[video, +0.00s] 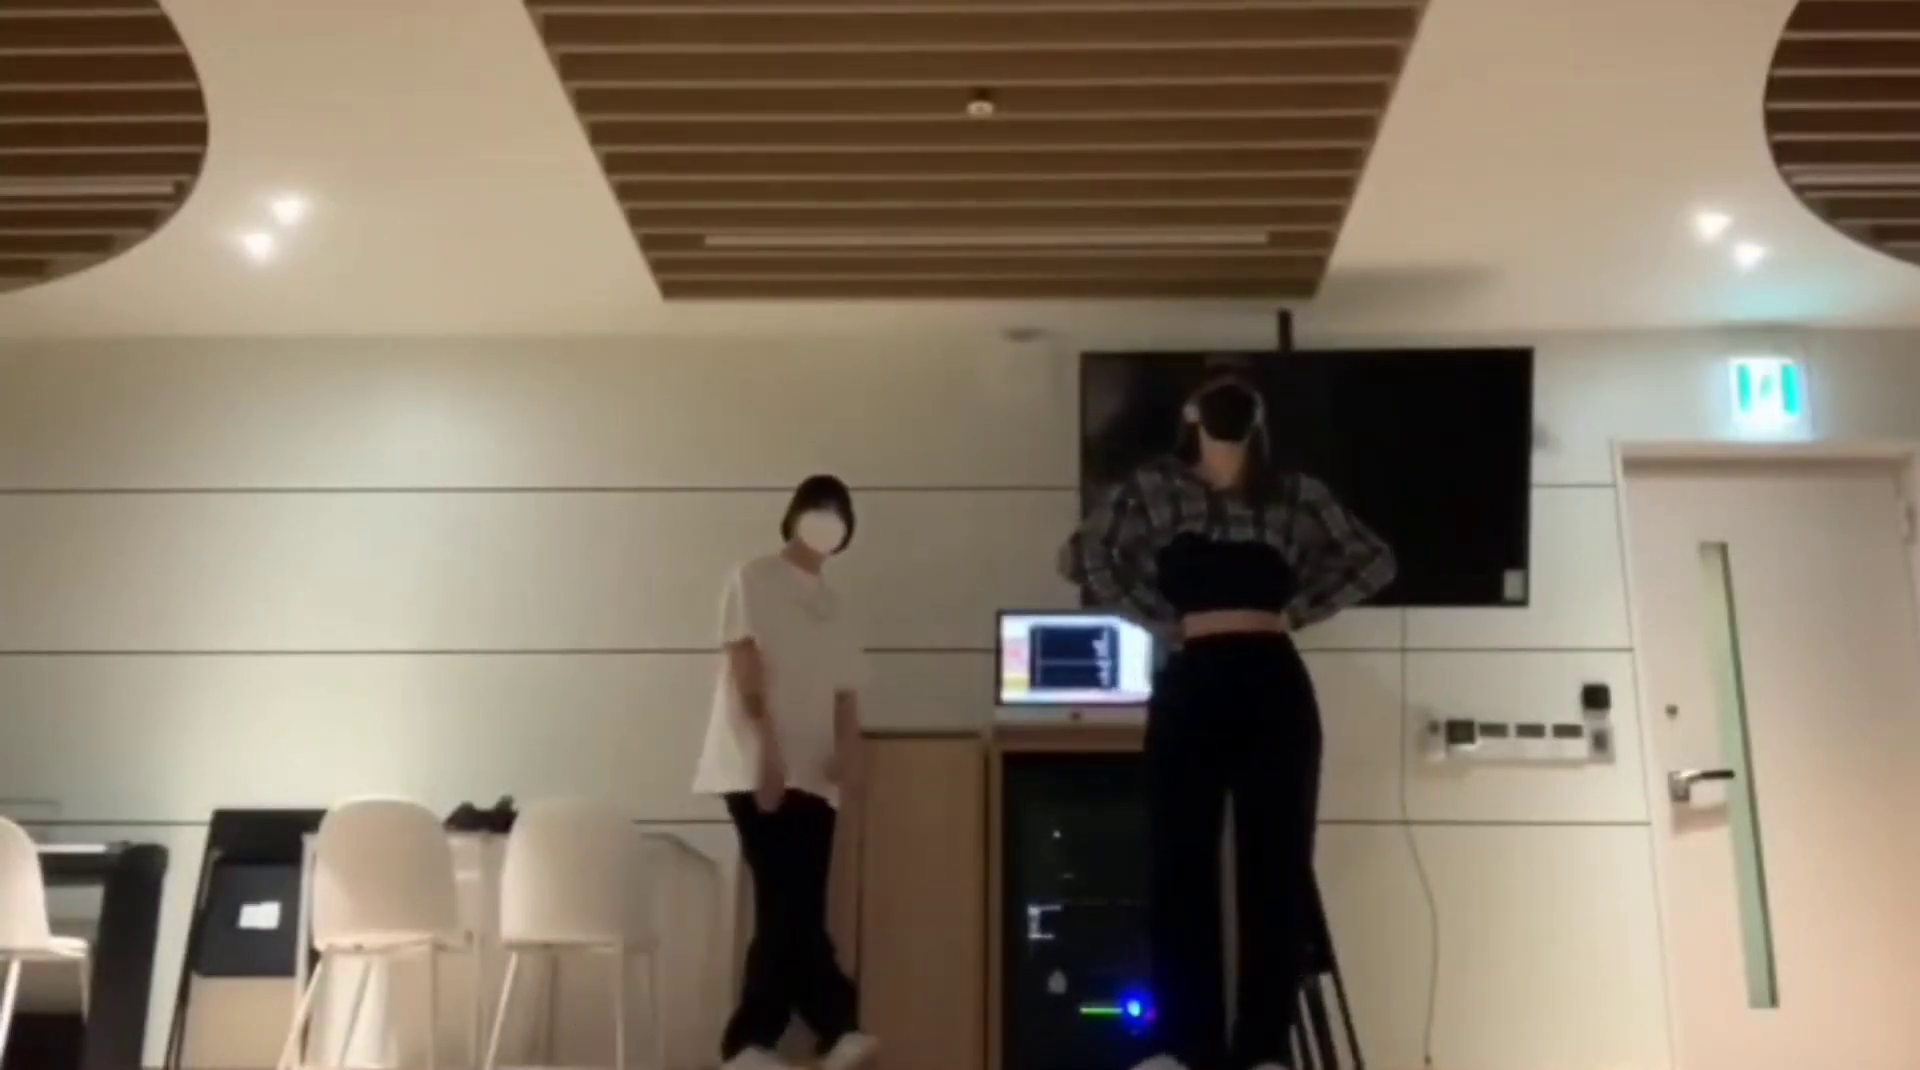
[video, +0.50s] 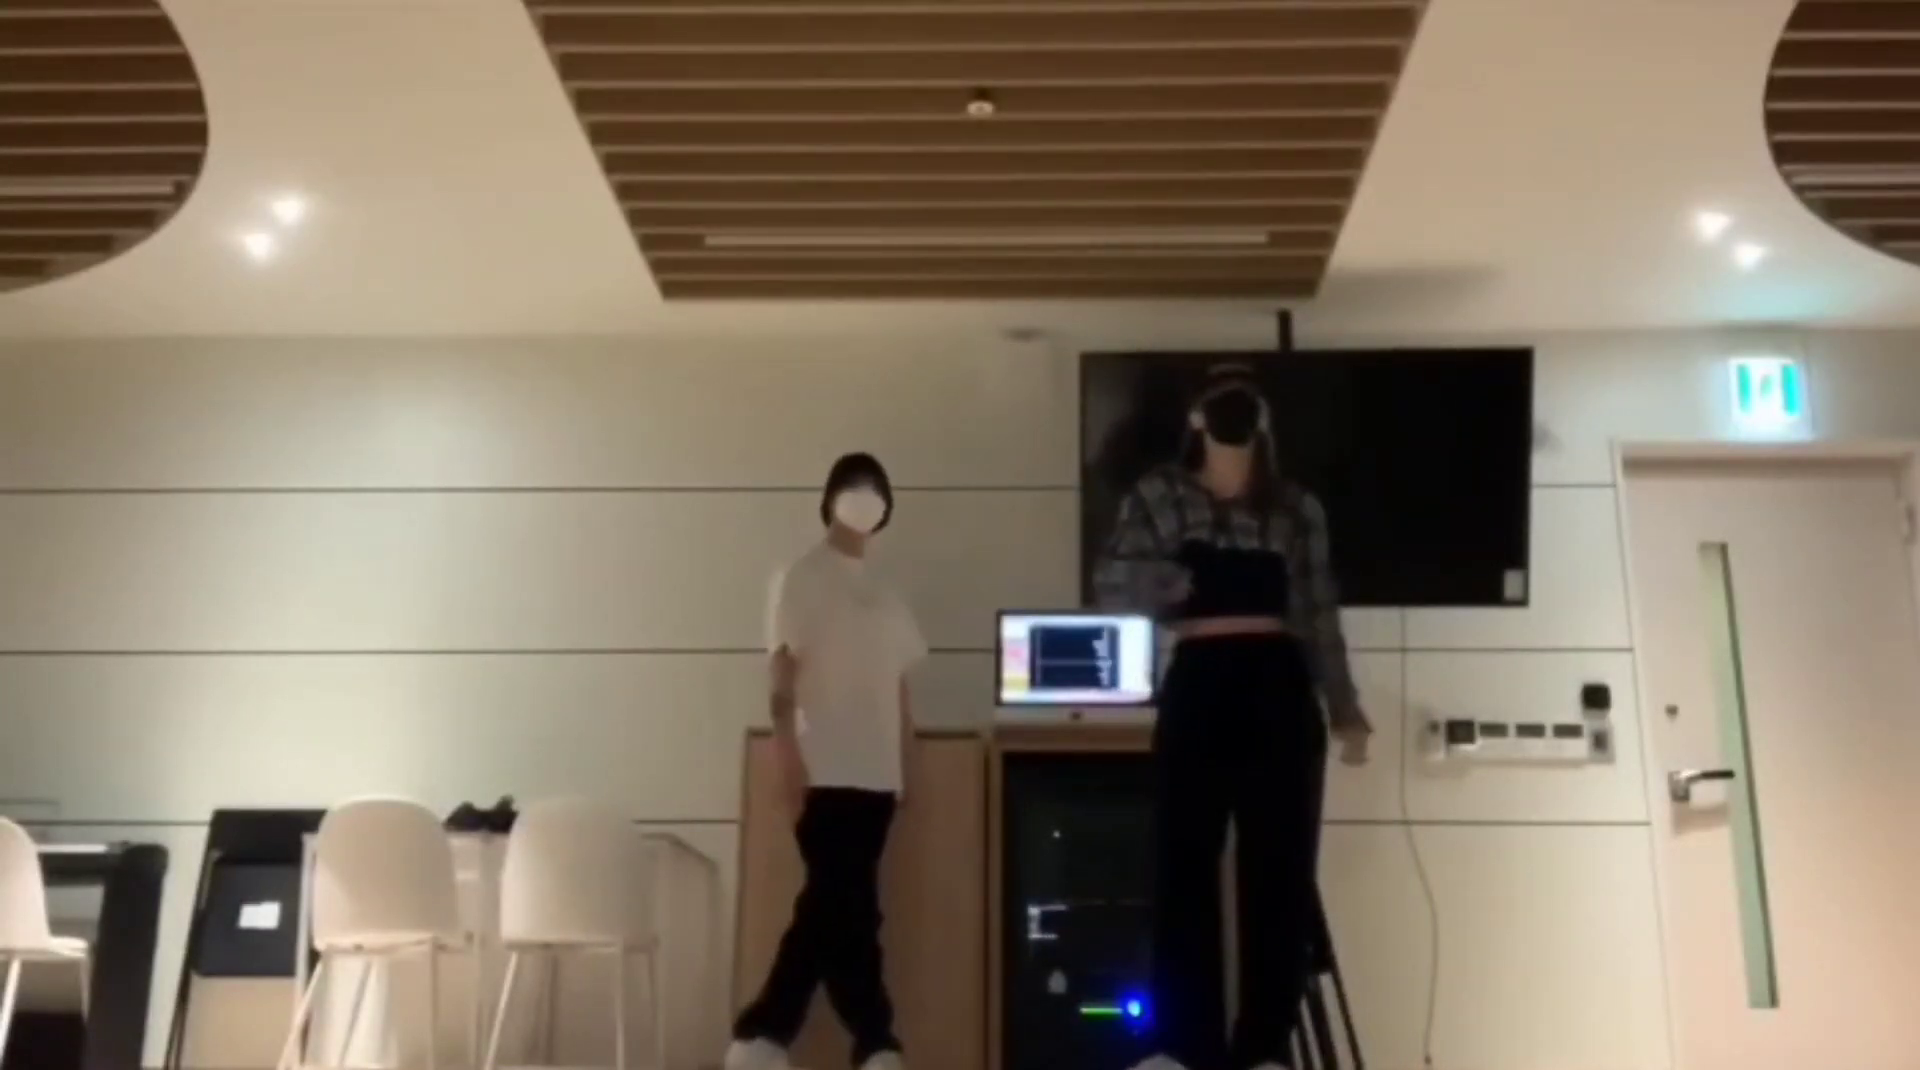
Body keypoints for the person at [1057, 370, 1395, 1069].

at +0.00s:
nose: (1227, 426)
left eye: (1230, 414)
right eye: (1221, 415)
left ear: (1197, 422)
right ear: (1222, 425)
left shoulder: (1296, 496)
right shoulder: (1155, 490)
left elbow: (1373, 561)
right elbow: (1091, 562)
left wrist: (1299, 610)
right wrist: (1160, 619)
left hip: (1273, 685)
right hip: (1191, 687)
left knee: (1275, 865)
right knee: (1183, 863)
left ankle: (1266, 1042)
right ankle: (1191, 1041)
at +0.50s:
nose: (1234, 415)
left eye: (1246, 405)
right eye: (1219, 405)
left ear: (1265, 423)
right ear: (1194, 421)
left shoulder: (1296, 509)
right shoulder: (1158, 499)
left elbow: (1319, 615)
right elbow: (1111, 582)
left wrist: (1344, 704)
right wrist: (1163, 584)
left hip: (1282, 696)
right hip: (1198, 693)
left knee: (1278, 874)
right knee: (1187, 869)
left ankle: (1267, 1041)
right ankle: (1191, 1040)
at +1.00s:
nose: (1238, 419)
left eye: (1251, 406)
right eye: (1224, 408)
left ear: (1270, 425)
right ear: (1201, 425)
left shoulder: (1302, 507)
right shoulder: (1170, 498)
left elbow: (1322, 612)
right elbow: (1115, 588)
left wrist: (1334, 704)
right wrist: (1185, 547)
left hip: (1275, 687)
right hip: (1194, 685)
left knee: (1276, 863)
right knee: (1179, 856)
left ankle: (1265, 1040)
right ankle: (1188, 1034)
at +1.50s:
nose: (1218, 426)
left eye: (1230, 414)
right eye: (1202, 416)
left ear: (1250, 432)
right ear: (1179, 433)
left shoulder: (1286, 521)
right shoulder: (1146, 517)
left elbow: (1312, 626)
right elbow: (1112, 600)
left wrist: (1322, 722)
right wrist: (1176, 583)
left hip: (1260, 702)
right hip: (1184, 703)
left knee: (1268, 867)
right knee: (1192, 869)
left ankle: (1263, 1040)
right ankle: (1203, 1039)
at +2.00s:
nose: (1206, 441)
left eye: (1217, 430)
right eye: (1192, 430)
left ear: (1237, 445)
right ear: (1168, 443)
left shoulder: (1271, 525)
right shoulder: (1135, 529)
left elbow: (1291, 628)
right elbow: (1119, 632)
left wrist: (1299, 721)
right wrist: (1119, 719)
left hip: (1250, 714)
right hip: (1175, 715)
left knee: (1260, 875)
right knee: (1184, 877)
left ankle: (1262, 1038)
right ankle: (1200, 1038)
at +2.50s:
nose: (1207, 422)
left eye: (1218, 410)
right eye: (1193, 411)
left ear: (1237, 428)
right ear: (1169, 428)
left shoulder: (1270, 514)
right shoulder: (1132, 515)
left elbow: (1295, 618)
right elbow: (1112, 611)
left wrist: (1316, 713)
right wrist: (1135, 690)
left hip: (1255, 702)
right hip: (1176, 704)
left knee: (1259, 867)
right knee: (1187, 868)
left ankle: (1251, 1040)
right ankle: (1197, 1037)